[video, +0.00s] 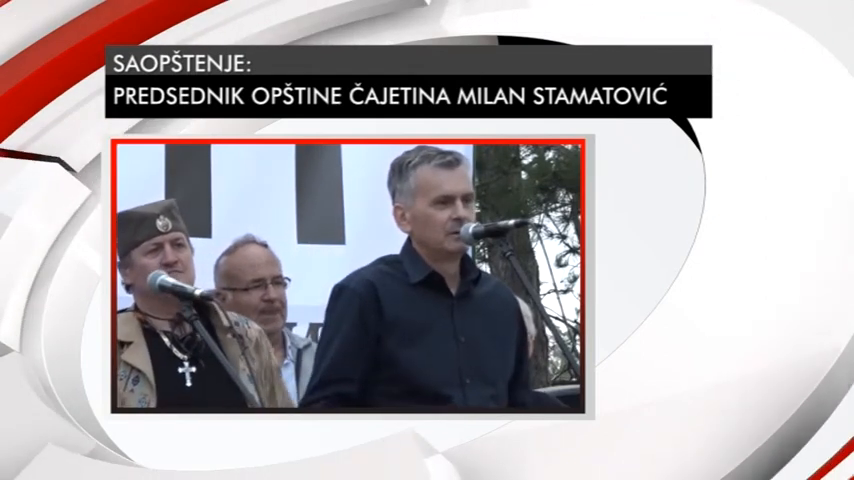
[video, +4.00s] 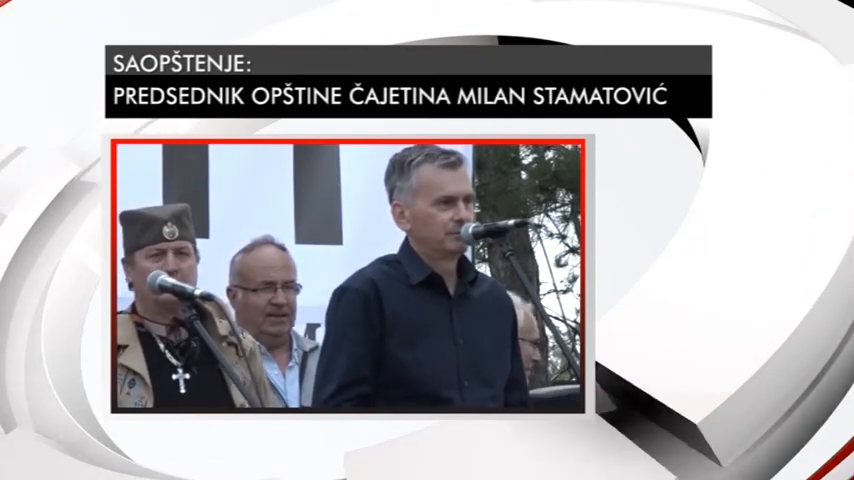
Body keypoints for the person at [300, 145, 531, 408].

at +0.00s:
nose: (461, 214)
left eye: (467, 201)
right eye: (443, 203)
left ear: (475, 206)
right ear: (403, 217)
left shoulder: (502, 301)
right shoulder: (363, 294)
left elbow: (519, 405)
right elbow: (322, 408)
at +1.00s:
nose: (461, 215)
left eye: (467, 202)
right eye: (443, 204)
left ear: (475, 207)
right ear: (402, 217)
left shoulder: (500, 300)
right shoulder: (361, 296)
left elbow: (521, 405)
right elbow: (332, 413)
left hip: (495, 462)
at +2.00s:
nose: (461, 211)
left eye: (467, 197)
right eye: (442, 200)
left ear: (475, 203)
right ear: (402, 215)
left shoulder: (499, 301)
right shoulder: (360, 296)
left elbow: (521, 406)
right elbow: (332, 408)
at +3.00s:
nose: (463, 215)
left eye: (468, 201)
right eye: (444, 203)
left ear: (475, 205)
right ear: (402, 216)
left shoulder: (500, 302)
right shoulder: (368, 291)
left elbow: (537, 401)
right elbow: (332, 396)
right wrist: (369, 409)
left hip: (499, 458)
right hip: (404, 462)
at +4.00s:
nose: (463, 215)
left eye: (468, 202)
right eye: (446, 203)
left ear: (475, 205)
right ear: (401, 214)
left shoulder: (495, 299)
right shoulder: (362, 297)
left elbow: (516, 409)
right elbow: (335, 414)